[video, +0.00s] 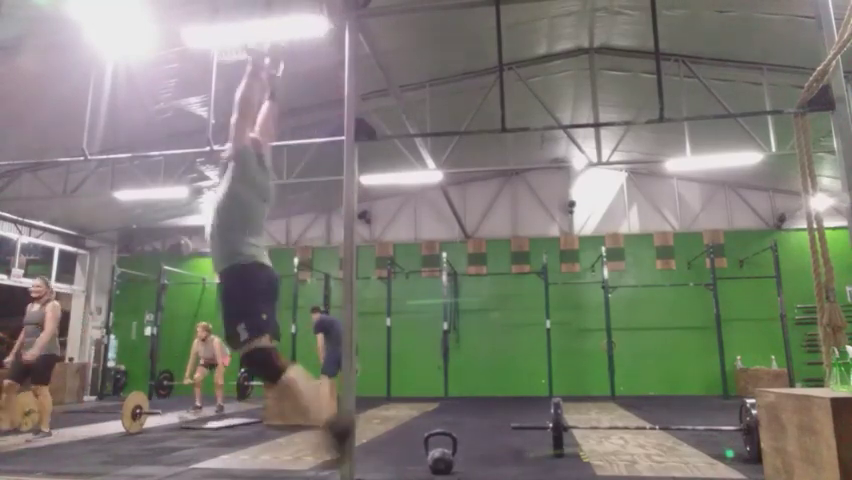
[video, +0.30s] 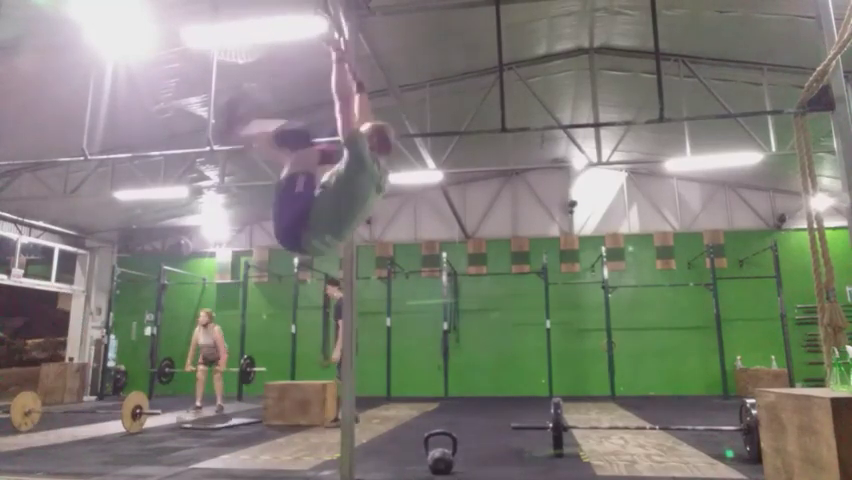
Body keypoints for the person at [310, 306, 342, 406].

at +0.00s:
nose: (313, 319)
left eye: (313, 316)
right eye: (312, 316)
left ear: (316, 314)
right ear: (321, 312)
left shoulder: (320, 323)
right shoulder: (333, 320)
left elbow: (320, 344)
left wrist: (321, 359)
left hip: (333, 352)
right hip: (343, 351)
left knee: (325, 378)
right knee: (331, 378)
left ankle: (325, 407)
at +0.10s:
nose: (313, 299)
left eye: (315, 296)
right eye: (313, 296)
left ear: (322, 295)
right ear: (324, 295)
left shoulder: (326, 308)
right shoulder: (336, 306)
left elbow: (327, 332)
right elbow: (352, 327)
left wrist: (322, 351)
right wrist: (355, 346)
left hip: (339, 348)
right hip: (346, 347)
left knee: (335, 380)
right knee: (341, 380)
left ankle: (338, 412)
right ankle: (344, 411)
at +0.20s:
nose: (323, 291)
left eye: (325, 287)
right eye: (323, 288)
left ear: (333, 286)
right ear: (332, 287)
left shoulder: (337, 301)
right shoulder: (337, 301)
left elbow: (338, 325)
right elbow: (338, 325)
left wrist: (327, 348)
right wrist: (329, 348)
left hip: (342, 347)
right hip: (340, 347)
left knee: (338, 380)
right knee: (337, 380)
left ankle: (340, 415)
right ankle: (338, 414)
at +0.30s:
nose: (328, 293)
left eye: (329, 290)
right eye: (327, 290)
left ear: (335, 288)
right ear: (336, 288)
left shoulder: (341, 303)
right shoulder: (343, 302)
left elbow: (342, 327)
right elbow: (343, 327)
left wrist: (337, 350)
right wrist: (339, 349)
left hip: (346, 348)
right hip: (347, 347)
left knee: (343, 381)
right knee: (344, 380)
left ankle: (346, 414)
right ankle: (349, 412)